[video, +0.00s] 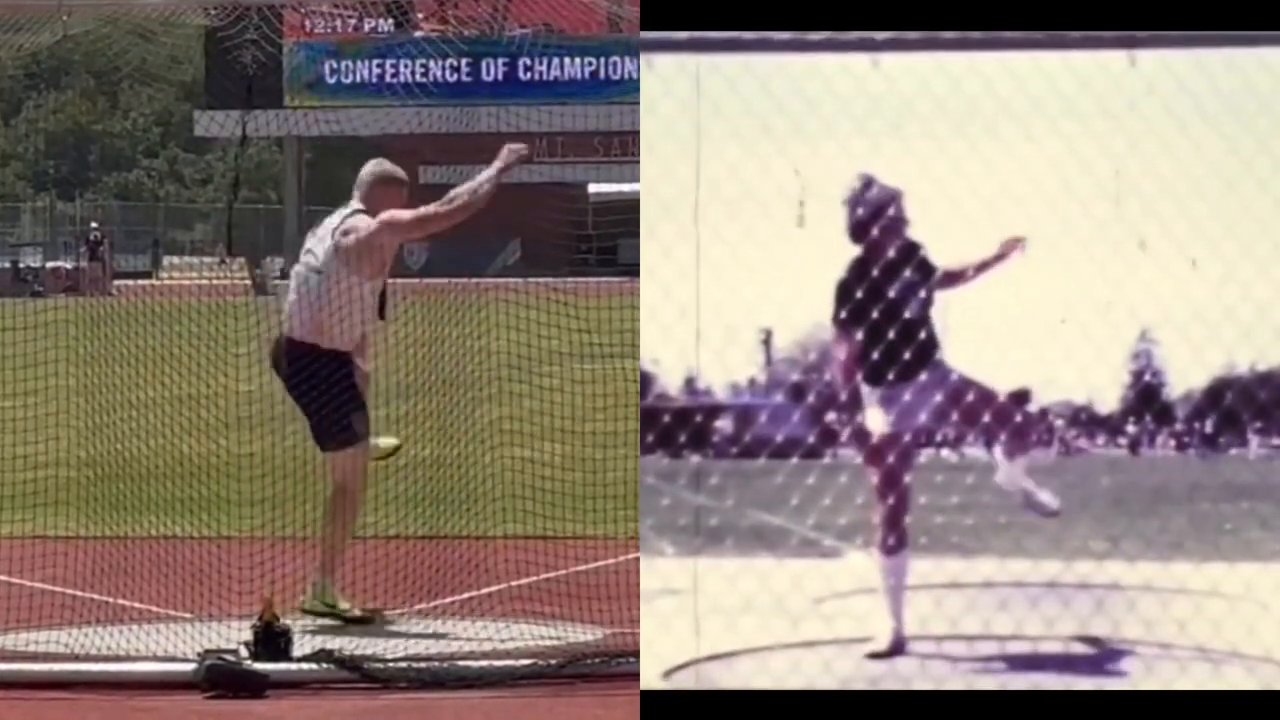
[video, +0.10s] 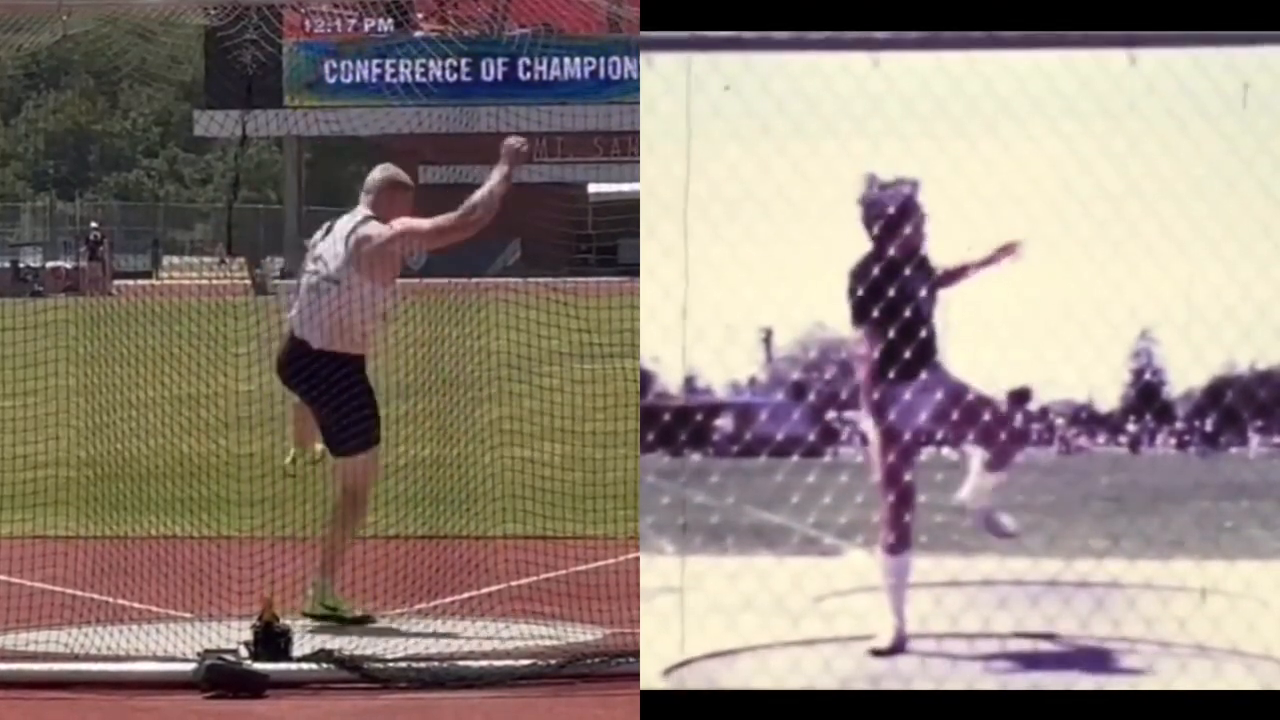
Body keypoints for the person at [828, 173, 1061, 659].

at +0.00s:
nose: (902, 223)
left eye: (901, 214)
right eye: (892, 217)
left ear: (900, 216)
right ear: (872, 227)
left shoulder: (910, 255)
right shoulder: (854, 285)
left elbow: (940, 282)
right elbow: (846, 357)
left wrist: (995, 260)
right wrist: (858, 418)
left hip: (935, 380)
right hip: (887, 400)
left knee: (1009, 421)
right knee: (893, 507)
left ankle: (1011, 475)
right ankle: (896, 626)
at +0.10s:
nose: (922, 228)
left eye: (920, 219)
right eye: (913, 221)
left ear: (912, 222)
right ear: (889, 227)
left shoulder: (915, 262)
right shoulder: (867, 276)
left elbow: (938, 281)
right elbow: (866, 353)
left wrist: (989, 261)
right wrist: (874, 420)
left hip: (932, 385)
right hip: (889, 398)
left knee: (1006, 435)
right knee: (897, 507)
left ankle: (975, 499)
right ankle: (897, 623)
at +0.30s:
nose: (938, 217)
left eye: (936, 208)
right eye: (931, 209)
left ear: (907, 214)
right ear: (912, 216)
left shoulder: (917, 261)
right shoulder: (888, 269)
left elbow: (933, 277)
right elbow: (888, 325)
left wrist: (972, 263)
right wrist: (900, 353)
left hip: (922, 382)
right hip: (885, 390)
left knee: (979, 444)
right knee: (903, 506)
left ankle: (922, 520)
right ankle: (897, 619)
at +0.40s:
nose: (950, 218)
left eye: (947, 209)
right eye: (948, 209)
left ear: (907, 209)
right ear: (939, 212)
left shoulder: (906, 251)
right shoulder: (914, 267)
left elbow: (925, 271)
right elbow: (917, 343)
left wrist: (965, 268)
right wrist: (946, 391)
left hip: (911, 384)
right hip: (890, 390)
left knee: (956, 465)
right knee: (911, 504)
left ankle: (877, 538)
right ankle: (897, 622)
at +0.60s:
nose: (967, 222)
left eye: (963, 212)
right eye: (964, 213)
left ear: (922, 212)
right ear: (957, 216)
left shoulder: (898, 259)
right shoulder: (948, 271)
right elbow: (966, 339)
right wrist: (1011, 391)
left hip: (875, 382)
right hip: (902, 392)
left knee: (897, 487)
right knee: (923, 507)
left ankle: (820, 564)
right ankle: (900, 624)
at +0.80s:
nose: (975, 225)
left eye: (966, 217)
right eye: (974, 219)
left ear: (929, 216)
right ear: (971, 223)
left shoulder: (900, 261)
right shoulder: (970, 279)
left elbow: (870, 301)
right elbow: (1003, 336)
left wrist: (912, 299)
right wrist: (1054, 383)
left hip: (869, 384)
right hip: (911, 396)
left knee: (871, 491)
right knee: (931, 514)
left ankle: (793, 567)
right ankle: (899, 626)